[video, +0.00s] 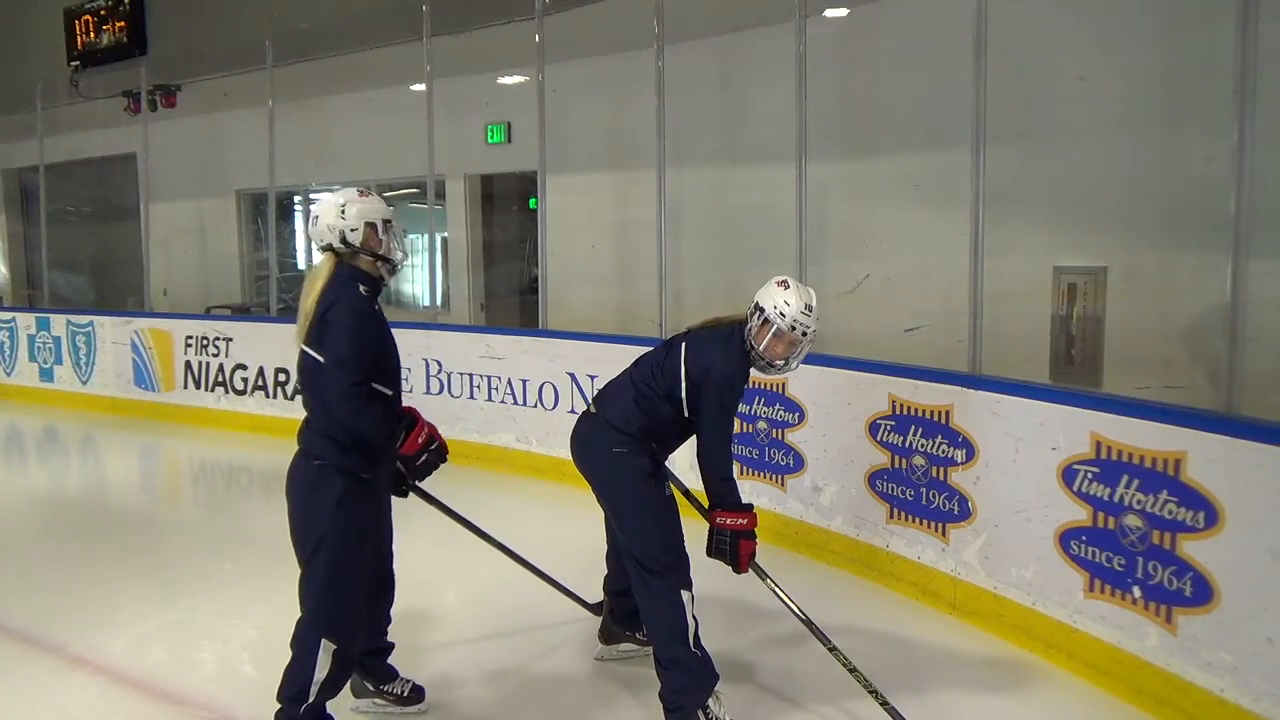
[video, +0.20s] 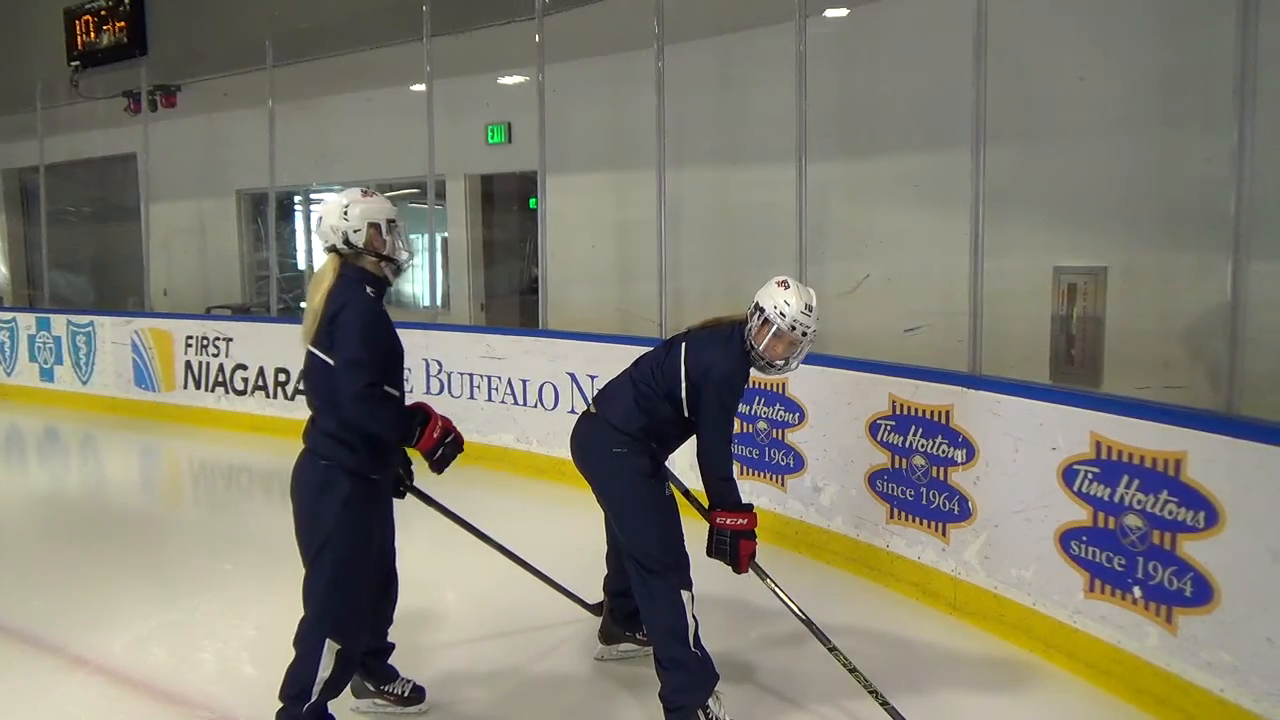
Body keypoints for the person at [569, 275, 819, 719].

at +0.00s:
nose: (775, 348)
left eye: (788, 342)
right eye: (771, 333)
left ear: (802, 345)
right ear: (755, 320)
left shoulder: (725, 340)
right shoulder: (725, 363)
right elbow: (714, 449)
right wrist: (732, 516)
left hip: (604, 434)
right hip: (620, 445)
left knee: (630, 534)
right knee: (664, 569)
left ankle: (621, 623)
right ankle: (689, 703)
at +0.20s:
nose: (775, 348)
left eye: (788, 342)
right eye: (772, 333)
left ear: (801, 345)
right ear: (756, 320)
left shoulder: (725, 340)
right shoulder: (725, 363)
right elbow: (714, 449)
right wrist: (732, 517)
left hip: (603, 434)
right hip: (620, 445)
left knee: (630, 533)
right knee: (664, 569)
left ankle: (621, 623)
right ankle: (689, 703)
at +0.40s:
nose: (776, 348)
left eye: (789, 343)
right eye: (773, 334)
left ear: (802, 346)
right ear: (756, 320)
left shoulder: (726, 341)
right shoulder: (725, 363)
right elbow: (714, 448)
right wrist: (732, 517)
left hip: (604, 435)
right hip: (621, 446)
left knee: (631, 535)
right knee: (666, 570)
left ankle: (622, 623)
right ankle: (690, 703)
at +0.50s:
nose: (776, 348)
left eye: (790, 342)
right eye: (773, 334)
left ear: (803, 346)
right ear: (757, 320)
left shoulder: (725, 341)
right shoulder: (726, 363)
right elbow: (715, 448)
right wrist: (733, 517)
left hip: (604, 435)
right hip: (621, 446)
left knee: (631, 535)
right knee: (666, 570)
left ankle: (622, 623)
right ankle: (690, 703)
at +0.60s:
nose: (778, 348)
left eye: (791, 342)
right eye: (774, 334)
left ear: (803, 346)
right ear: (758, 320)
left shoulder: (726, 340)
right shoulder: (726, 363)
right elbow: (716, 449)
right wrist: (734, 517)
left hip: (605, 435)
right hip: (622, 446)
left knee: (631, 536)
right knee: (667, 569)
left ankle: (623, 624)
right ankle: (691, 703)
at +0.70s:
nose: (776, 348)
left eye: (790, 342)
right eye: (773, 333)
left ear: (803, 346)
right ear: (757, 320)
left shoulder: (726, 340)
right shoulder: (727, 363)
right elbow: (716, 449)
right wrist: (734, 517)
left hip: (605, 434)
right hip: (623, 446)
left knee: (632, 535)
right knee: (667, 570)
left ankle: (623, 623)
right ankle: (691, 703)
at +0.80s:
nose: (777, 347)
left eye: (791, 342)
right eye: (773, 333)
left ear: (804, 346)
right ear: (758, 320)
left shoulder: (727, 341)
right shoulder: (727, 363)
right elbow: (717, 449)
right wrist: (735, 517)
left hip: (606, 434)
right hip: (623, 446)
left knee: (633, 533)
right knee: (667, 569)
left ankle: (624, 623)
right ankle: (692, 703)